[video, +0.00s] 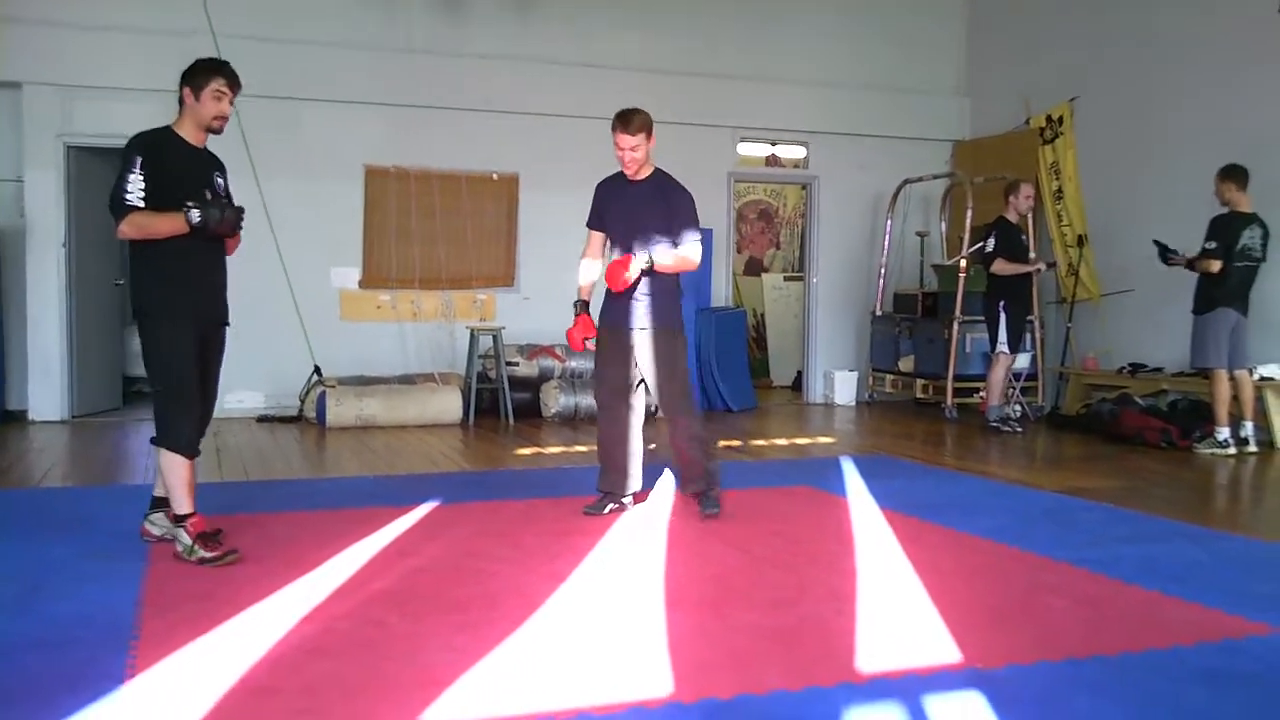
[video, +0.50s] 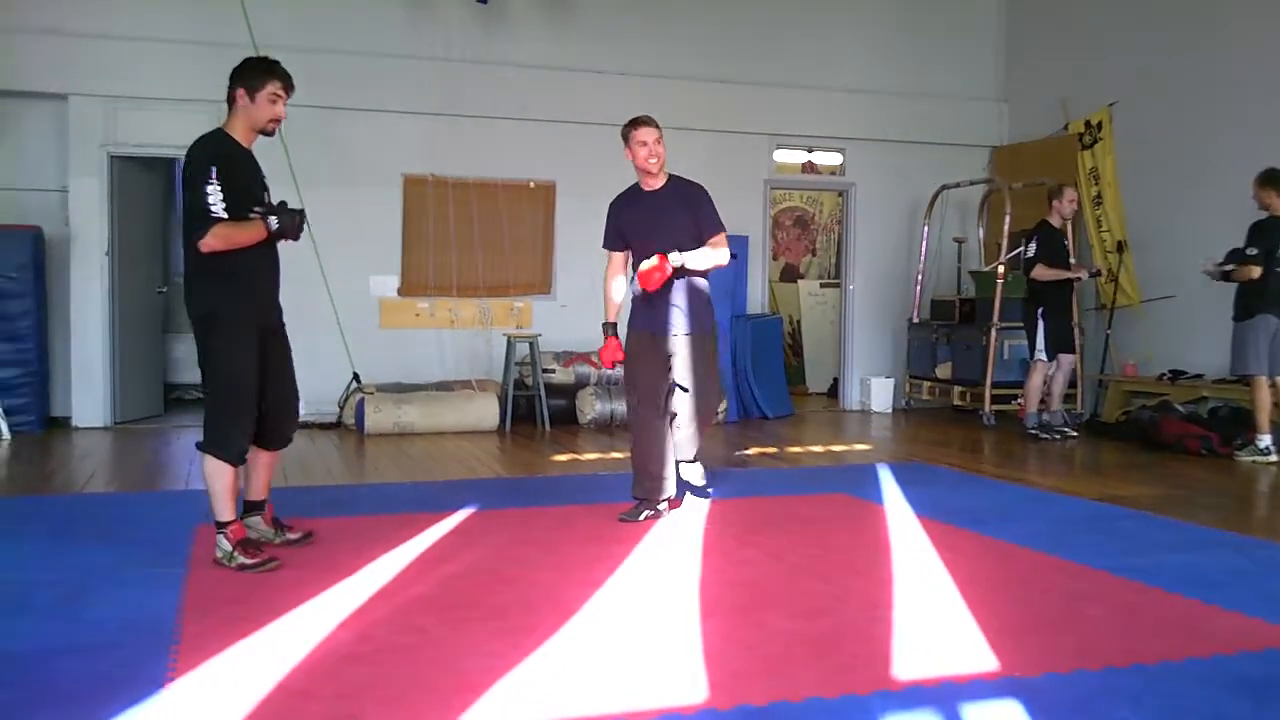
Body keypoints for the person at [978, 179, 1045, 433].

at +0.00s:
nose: (1031, 203)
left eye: (1032, 198)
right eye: (1027, 198)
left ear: (1018, 201)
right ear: (1011, 199)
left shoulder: (1017, 230)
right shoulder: (998, 227)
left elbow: (1014, 263)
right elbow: (994, 265)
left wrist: (1038, 265)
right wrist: (1030, 267)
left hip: (1015, 301)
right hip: (1002, 301)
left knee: (1007, 357)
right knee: (1003, 356)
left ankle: (998, 409)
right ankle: (993, 413)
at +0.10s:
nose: (1038, 204)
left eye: (1039, 199)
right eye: (1033, 199)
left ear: (1032, 202)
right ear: (1018, 200)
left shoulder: (1024, 232)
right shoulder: (1005, 228)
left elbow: (1020, 264)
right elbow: (999, 266)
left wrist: (1044, 267)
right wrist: (1035, 269)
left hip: (1022, 302)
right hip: (1008, 302)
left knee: (1017, 357)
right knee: (1009, 357)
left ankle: (1005, 410)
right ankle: (999, 414)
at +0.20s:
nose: (1045, 205)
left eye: (1047, 201)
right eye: (1041, 200)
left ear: (1041, 204)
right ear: (1026, 202)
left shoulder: (1031, 234)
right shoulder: (1012, 230)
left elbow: (1028, 267)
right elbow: (1007, 269)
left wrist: (1053, 269)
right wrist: (1043, 271)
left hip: (1030, 304)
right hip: (1014, 304)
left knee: (1029, 359)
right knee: (1016, 360)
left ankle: (1014, 412)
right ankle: (1006, 417)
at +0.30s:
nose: (1053, 208)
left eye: (1054, 203)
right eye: (1049, 203)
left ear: (1048, 206)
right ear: (1033, 204)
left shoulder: (1039, 237)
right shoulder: (1020, 233)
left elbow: (1036, 270)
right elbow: (1015, 271)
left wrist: (1060, 272)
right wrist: (1050, 273)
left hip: (1039, 307)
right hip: (1022, 307)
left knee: (1041, 362)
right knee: (1024, 362)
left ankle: (1026, 415)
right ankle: (1013, 420)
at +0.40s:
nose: (1069, 207)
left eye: (1070, 202)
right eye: (1064, 202)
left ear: (1062, 205)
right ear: (1049, 204)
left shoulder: (1054, 235)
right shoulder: (1034, 232)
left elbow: (1056, 268)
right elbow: (1028, 271)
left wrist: (1082, 271)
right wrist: (1065, 274)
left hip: (1054, 306)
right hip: (1036, 306)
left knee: (1060, 360)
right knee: (1039, 363)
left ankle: (1043, 416)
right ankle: (1028, 420)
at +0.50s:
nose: (1075, 207)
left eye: (1076, 202)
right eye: (1070, 202)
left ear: (1067, 205)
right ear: (1055, 204)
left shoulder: (1060, 235)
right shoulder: (1040, 232)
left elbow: (1061, 268)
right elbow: (1033, 270)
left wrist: (1087, 271)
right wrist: (1070, 274)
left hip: (1060, 307)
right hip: (1041, 307)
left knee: (1067, 359)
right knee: (1041, 363)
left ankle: (1055, 416)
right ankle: (1031, 419)